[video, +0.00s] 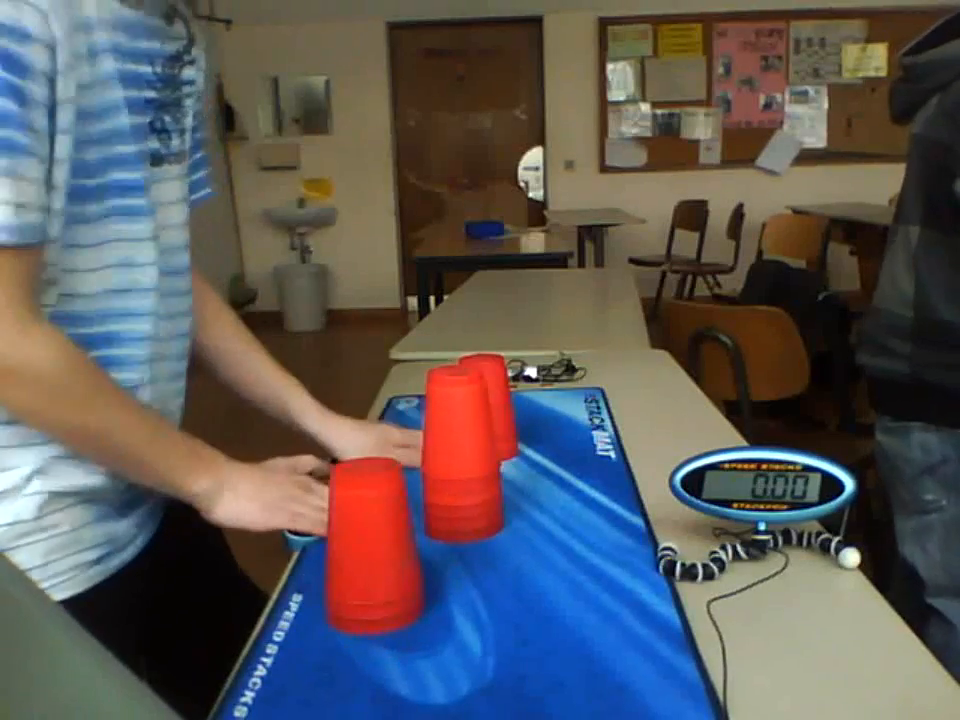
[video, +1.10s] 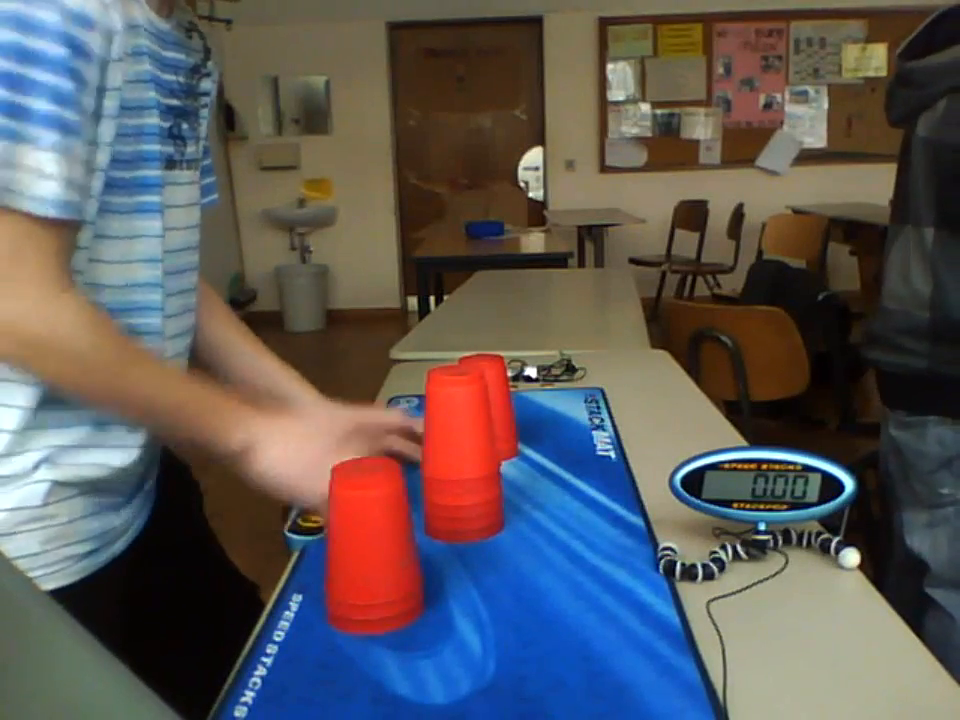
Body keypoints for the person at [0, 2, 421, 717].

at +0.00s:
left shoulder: (174, 28)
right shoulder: (28, 23)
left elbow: (169, 272)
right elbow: (7, 333)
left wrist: (326, 424)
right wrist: (213, 478)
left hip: (157, 512)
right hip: (50, 559)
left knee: (294, 690)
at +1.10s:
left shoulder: (183, 42)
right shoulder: (54, 18)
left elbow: (165, 271)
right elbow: (19, 296)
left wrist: (310, 411)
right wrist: (251, 435)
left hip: (145, 499)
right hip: (43, 550)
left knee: (262, 680)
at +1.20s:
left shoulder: (178, 36)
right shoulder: (64, 18)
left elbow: (169, 279)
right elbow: (102, 312)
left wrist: (341, 388)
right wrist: (343, 394)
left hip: (137, 487)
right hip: (41, 539)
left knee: (265, 684)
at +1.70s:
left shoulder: (216, 27)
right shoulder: (98, 14)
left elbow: (186, 248)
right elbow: (10, 272)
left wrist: (349, 332)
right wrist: (231, 435)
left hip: (175, 498)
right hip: (58, 550)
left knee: (281, 688)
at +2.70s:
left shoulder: (192, 47)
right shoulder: (48, 20)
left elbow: (172, 276)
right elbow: (20, 305)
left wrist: (317, 414)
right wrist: (246, 438)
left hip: (144, 500)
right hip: (41, 552)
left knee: (261, 678)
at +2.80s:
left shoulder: (182, 42)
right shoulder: (63, 20)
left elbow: (174, 276)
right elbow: (98, 313)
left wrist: (335, 383)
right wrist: (349, 381)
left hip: (135, 487)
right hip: (41, 535)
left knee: (255, 675)